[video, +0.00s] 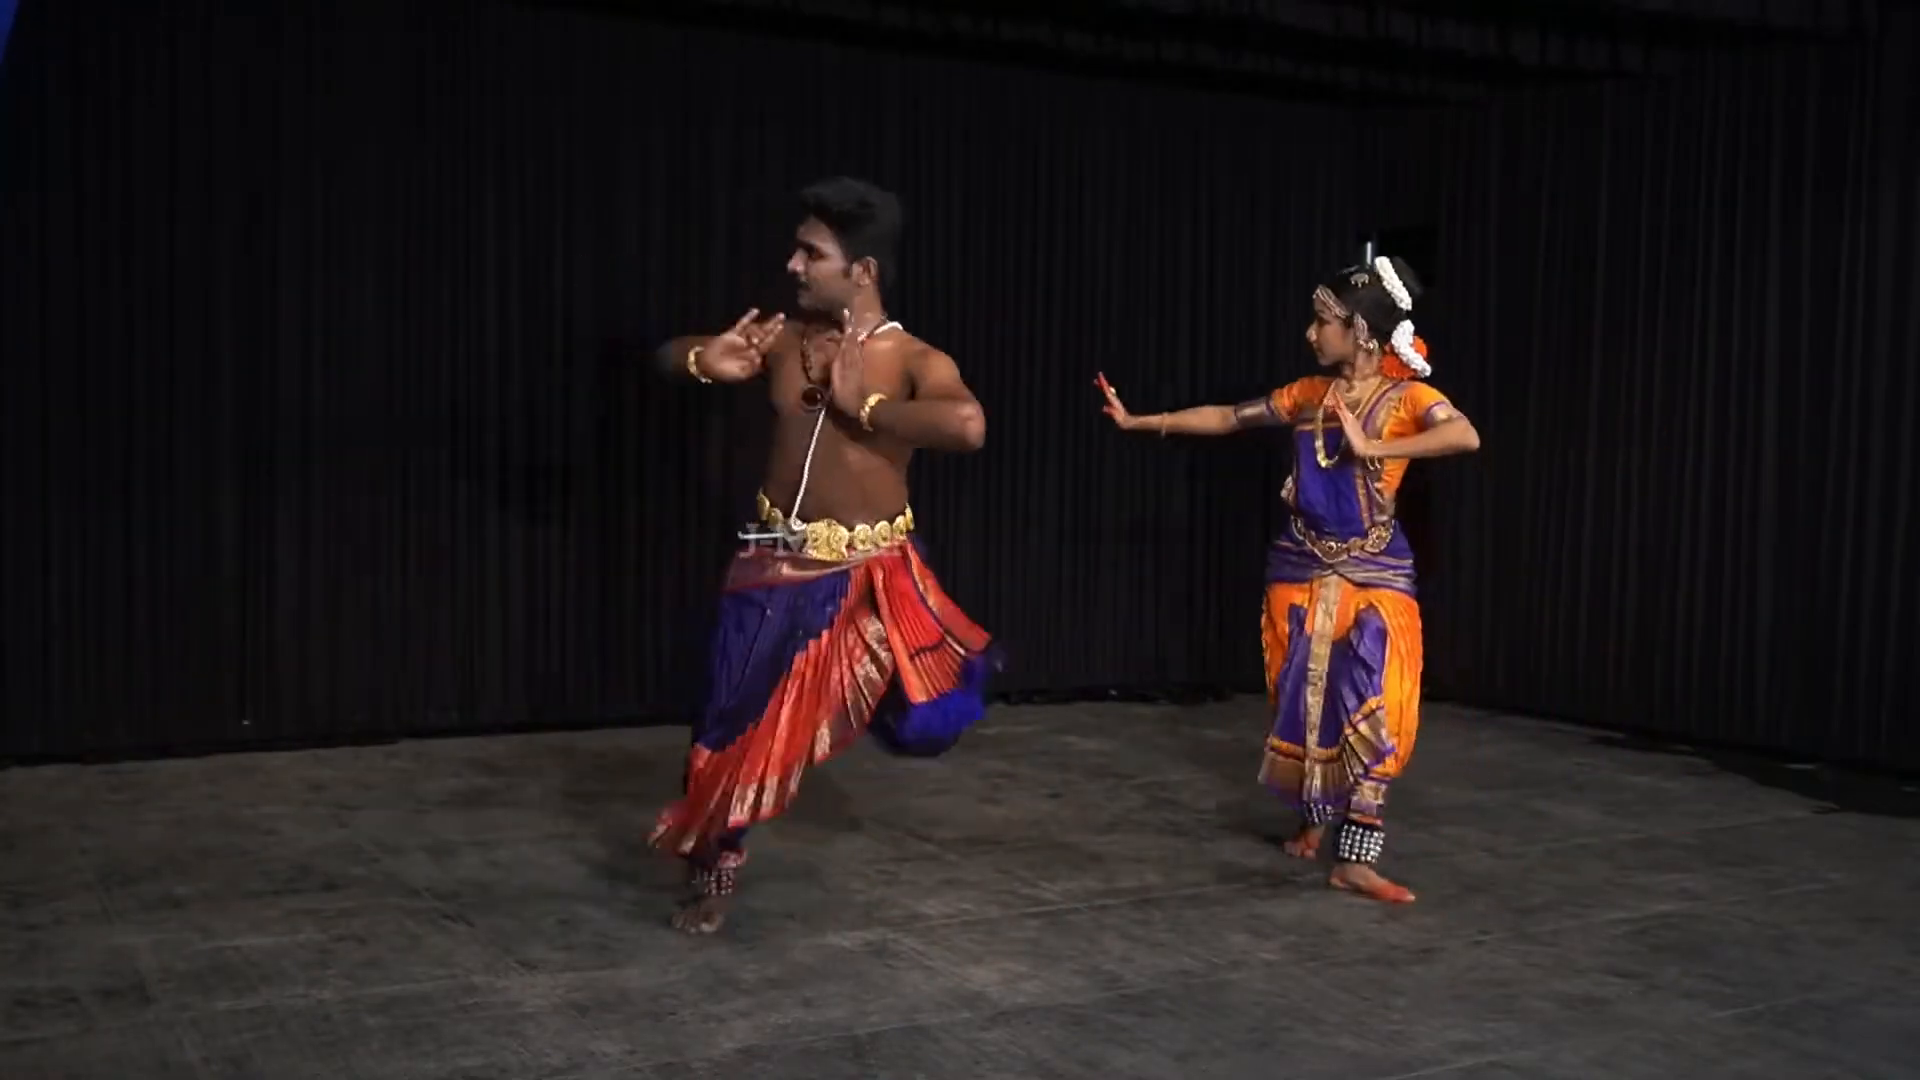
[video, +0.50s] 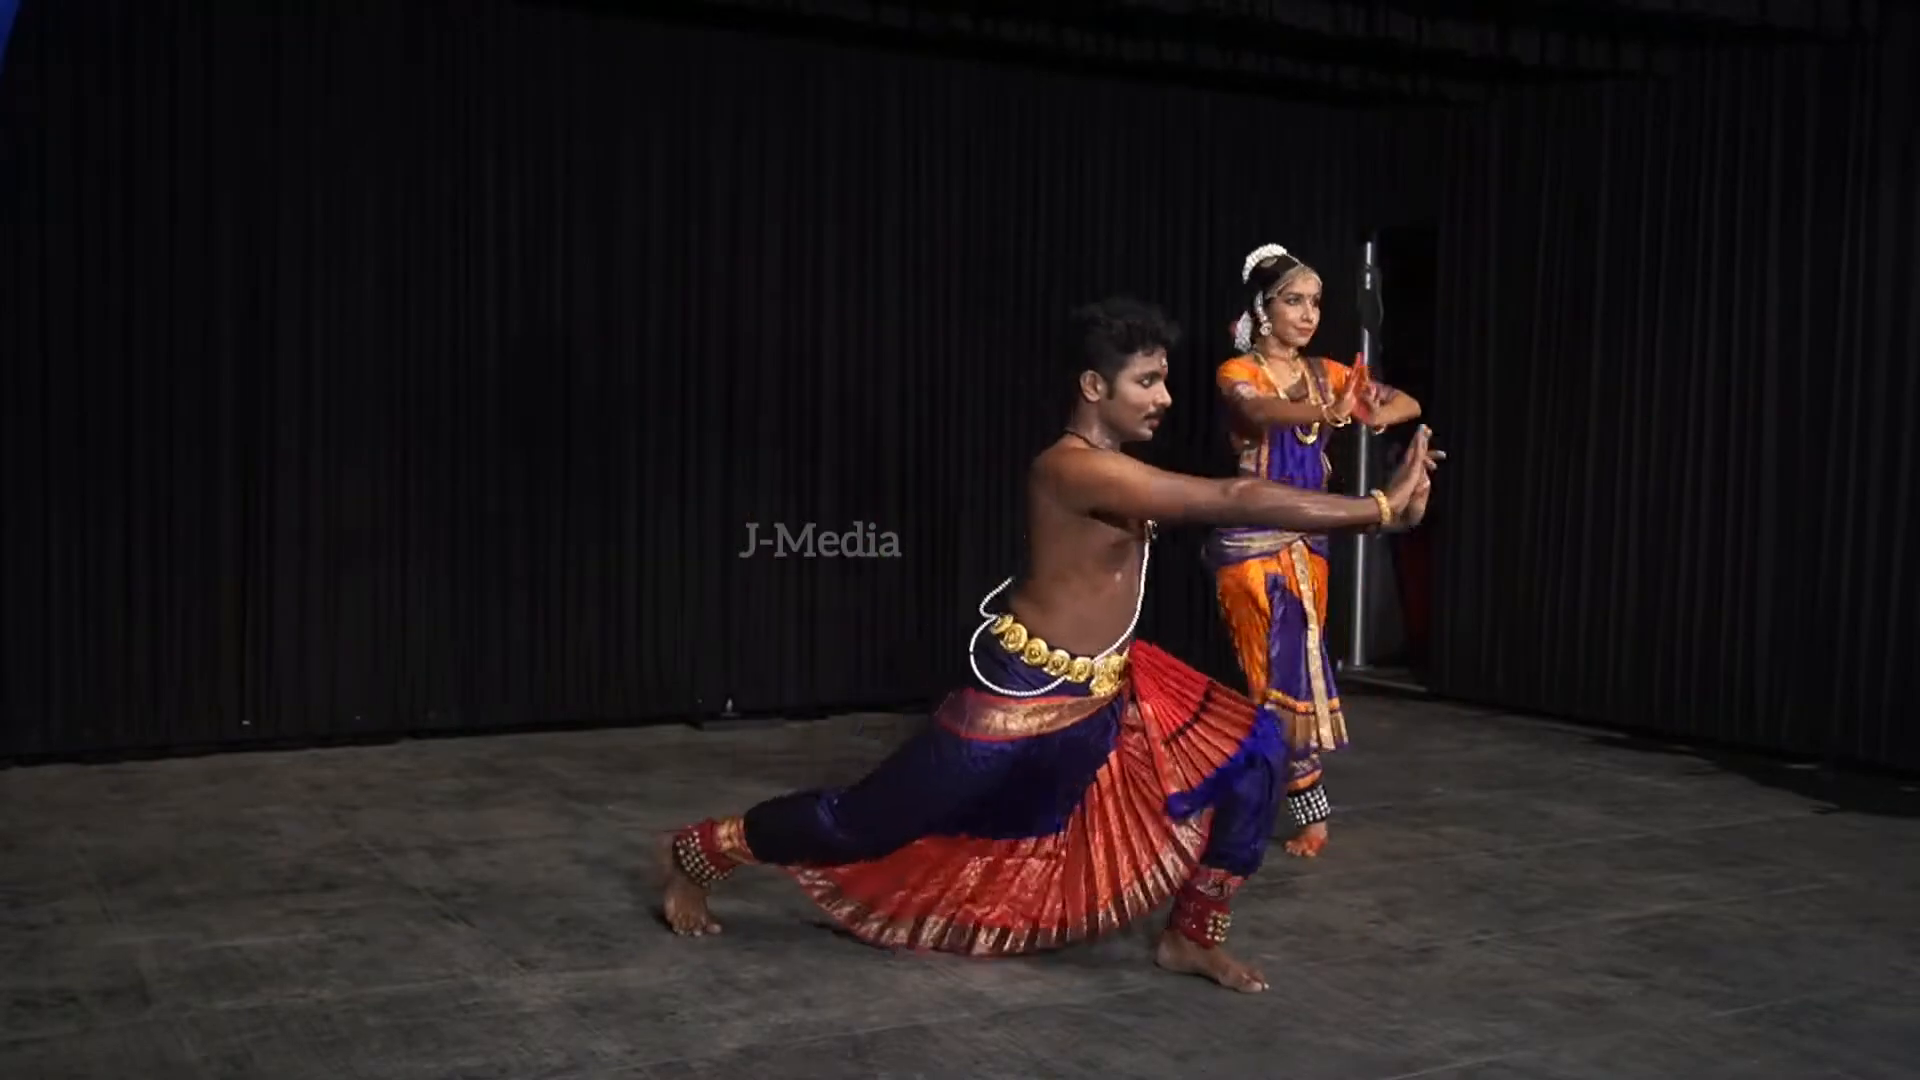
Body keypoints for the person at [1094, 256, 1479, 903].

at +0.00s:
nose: (1312, 331)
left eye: (1324, 321)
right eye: (1315, 319)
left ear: (1364, 334)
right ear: (1347, 333)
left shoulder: (1406, 395)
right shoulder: (1309, 394)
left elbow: (1464, 436)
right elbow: (1227, 417)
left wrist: (1372, 447)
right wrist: (1140, 421)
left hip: (1377, 570)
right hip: (1301, 564)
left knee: (1375, 702)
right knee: (1304, 689)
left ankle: (1356, 857)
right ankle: (1315, 816)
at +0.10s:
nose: (1298, 320)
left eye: (1311, 310)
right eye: (1301, 309)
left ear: (1349, 323)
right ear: (1329, 321)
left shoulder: (1394, 384)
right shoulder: (1293, 381)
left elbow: (1467, 426)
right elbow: (1209, 401)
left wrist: (1384, 440)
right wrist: (1125, 404)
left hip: (1363, 556)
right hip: (1286, 552)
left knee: (1378, 685)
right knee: (1294, 682)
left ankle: (1381, 842)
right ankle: (1313, 817)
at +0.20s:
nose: (1293, 316)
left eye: (1308, 305)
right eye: (1293, 303)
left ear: (1346, 315)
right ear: (1297, 308)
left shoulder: (1381, 379)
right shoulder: (1280, 374)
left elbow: (1464, 419)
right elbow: (1210, 395)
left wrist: (1390, 430)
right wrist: (1148, 393)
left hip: (1352, 543)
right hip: (1276, 541)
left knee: (1364, 672)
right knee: (1287, 673)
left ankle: (1371, 822)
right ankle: (1311, 819)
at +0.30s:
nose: (1304, 311)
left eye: (1319, 299)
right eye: (1294, 298)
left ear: (1342, 312)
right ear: (1281, 308)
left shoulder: (1365, 374)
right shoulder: (1261, 372)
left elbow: (1452, 411)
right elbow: (1201, 420)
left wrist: (1390, 422)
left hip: (1340, 539)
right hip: (1267, 537)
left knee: (1342, 665)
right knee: (1290, 663)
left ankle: (1328, 796)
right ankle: (1310, 812)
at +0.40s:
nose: (1319, 311)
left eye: (1328, 298)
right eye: (1304, 297)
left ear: (1337, 308)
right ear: (1275, 305)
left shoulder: (1349, 372)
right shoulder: (1252, 374)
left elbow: (1432, 403)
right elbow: (1259, 413)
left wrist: (1387, 417)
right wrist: (1289, 387)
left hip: (1327, 536)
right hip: (1263, 539)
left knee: (1322, 663)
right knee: (1291, 662)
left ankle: (1258, 762)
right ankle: (1310, 807)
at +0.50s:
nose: (1308, 313)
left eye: (1315, 302)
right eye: (1295, 300)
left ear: (1320, 310)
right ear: (1263, 308)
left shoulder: (1326, 373)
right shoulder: (1238, 373)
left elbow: (1406, 402)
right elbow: (1258, 411)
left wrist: (1380, 416)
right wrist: (1321, 410)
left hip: (1311, 536)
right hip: (1249, 535)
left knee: (1298, 657)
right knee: (1282, 653)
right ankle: (1305, 797)